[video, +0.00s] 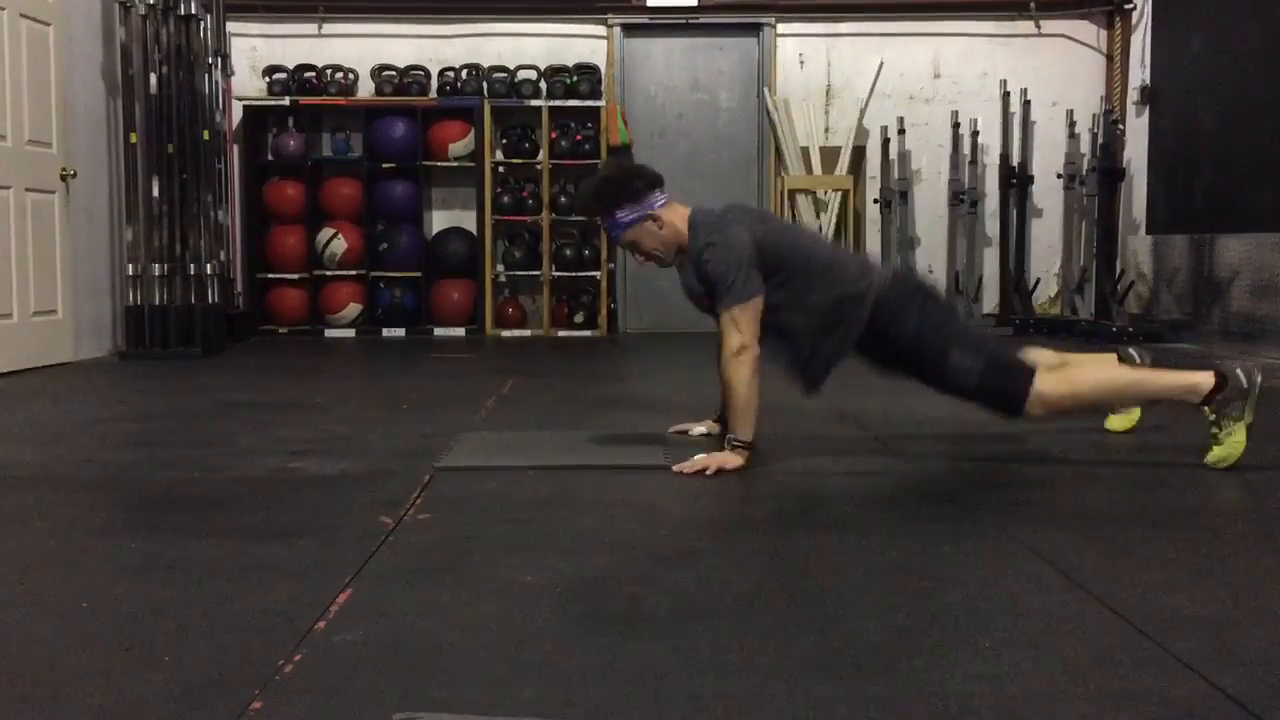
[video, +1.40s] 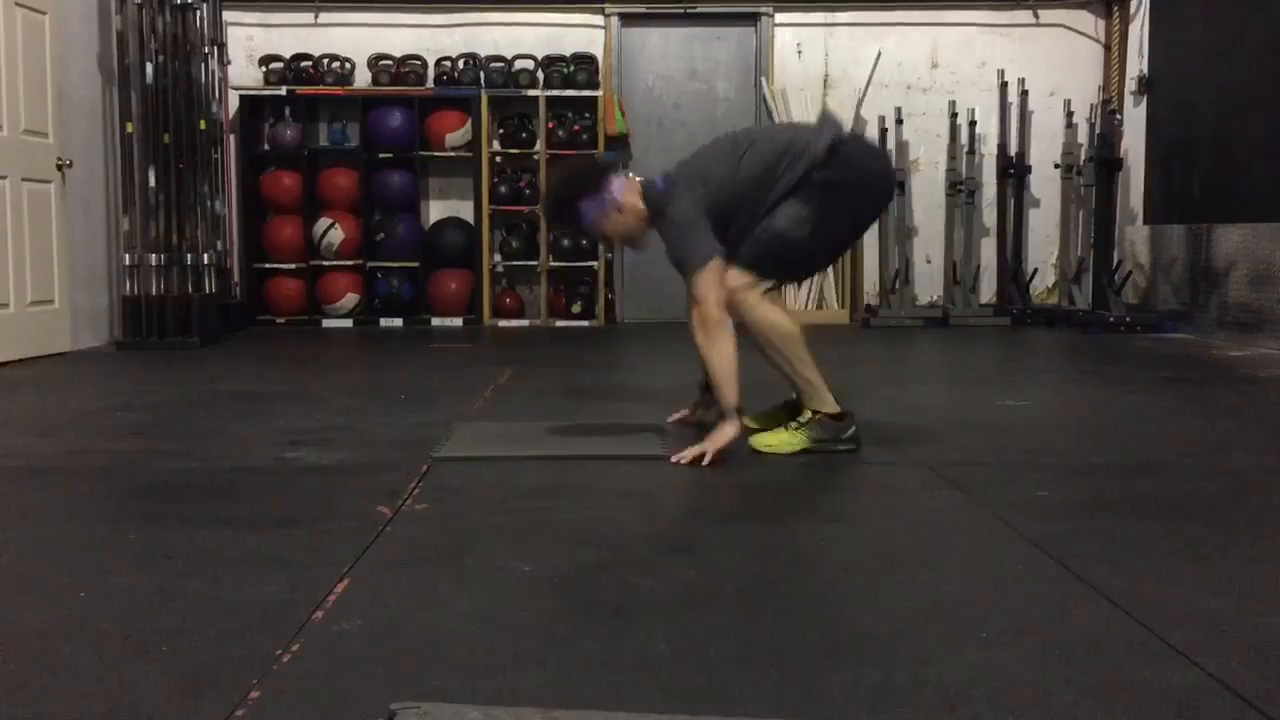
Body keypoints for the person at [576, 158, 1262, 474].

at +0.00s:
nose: (637, 255)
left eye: (633, 240)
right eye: (628, 246)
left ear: (657, 215)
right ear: (650, 224)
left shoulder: (722, 238)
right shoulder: (700, 249)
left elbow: (743, 347)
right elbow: (734, 342)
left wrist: (738, 447)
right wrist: (729, 422)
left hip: (889, 309)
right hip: (879, 310)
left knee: (1032, 393)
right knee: (1022, 366)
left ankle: (1213, 388)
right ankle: (1173, 377)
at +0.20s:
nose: (634, 319)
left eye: (630, 307)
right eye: (626, 310)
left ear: (652, 282)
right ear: (651, 281)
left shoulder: (718, 294)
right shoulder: (698, 300)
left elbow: (782, 363)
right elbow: (755, 368)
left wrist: (744, 448)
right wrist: (732, 430)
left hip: (888, 396)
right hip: (874, 392)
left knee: (1048, 437)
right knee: (1000, 404)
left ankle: (1210, 387)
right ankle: (1110, 360)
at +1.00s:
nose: (623, 272)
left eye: (615, 259)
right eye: (613, 264)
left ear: (632, 229)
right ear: (632, 232)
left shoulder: (710, 235)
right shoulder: (694, 246)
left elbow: (736, 338)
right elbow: (729, 338)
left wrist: (738, 439)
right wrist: (726, 417)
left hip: (883, 294)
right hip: (875, 303)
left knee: (1020, 357)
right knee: (1006, 349)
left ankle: (1197, 376)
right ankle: (1135, 360)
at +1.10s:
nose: (617, 287)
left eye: (609, 276)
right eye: (606, 283)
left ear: (622, 243)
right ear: (622, 249)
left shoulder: (683, 232)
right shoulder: (677, 240)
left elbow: (715, 338)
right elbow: (715, 336)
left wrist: (735, 435)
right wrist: (719, 411)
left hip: (870, 219)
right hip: (863, 253)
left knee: (987, 320)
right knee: (979, 324)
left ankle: (1148, 359)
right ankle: (1101, 357)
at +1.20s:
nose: (640, 289)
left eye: (629, 281)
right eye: (630, 286)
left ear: (636, 246)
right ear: (639, 241)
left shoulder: (697, 226)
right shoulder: (687, 226)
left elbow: (727, 333)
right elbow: (719, 322)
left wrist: (736, 437)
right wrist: (721, 407)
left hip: (861, 149)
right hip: (847, 162)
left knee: (874, 300)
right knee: (868, 301)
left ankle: (1024, 357)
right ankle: (1000, 350)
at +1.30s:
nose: (648, 277)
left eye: (638, 269)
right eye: (636, 275)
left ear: (646, 233)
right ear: (647, 223)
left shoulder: (706, 219)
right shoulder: (694, 214)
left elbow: (730, 332)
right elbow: (722, 322)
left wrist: (736, 435)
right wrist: (718, 410)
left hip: (859, 135)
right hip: (845, 134)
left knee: (780, 268)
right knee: (776, 265)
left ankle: (873, 383)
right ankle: (873, 375)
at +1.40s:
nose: (612, 242)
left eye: (603, 230)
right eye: (601, 235)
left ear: (616, 197)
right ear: (620, 190)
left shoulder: (681, 205)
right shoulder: (673, 199)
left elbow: (712, 312)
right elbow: (710, 305)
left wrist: (730, 417)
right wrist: (713, 400)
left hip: (851, 174)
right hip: (839, 172)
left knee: (743, 290)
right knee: (730, 284)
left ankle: (829, 418)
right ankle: (809, 402)